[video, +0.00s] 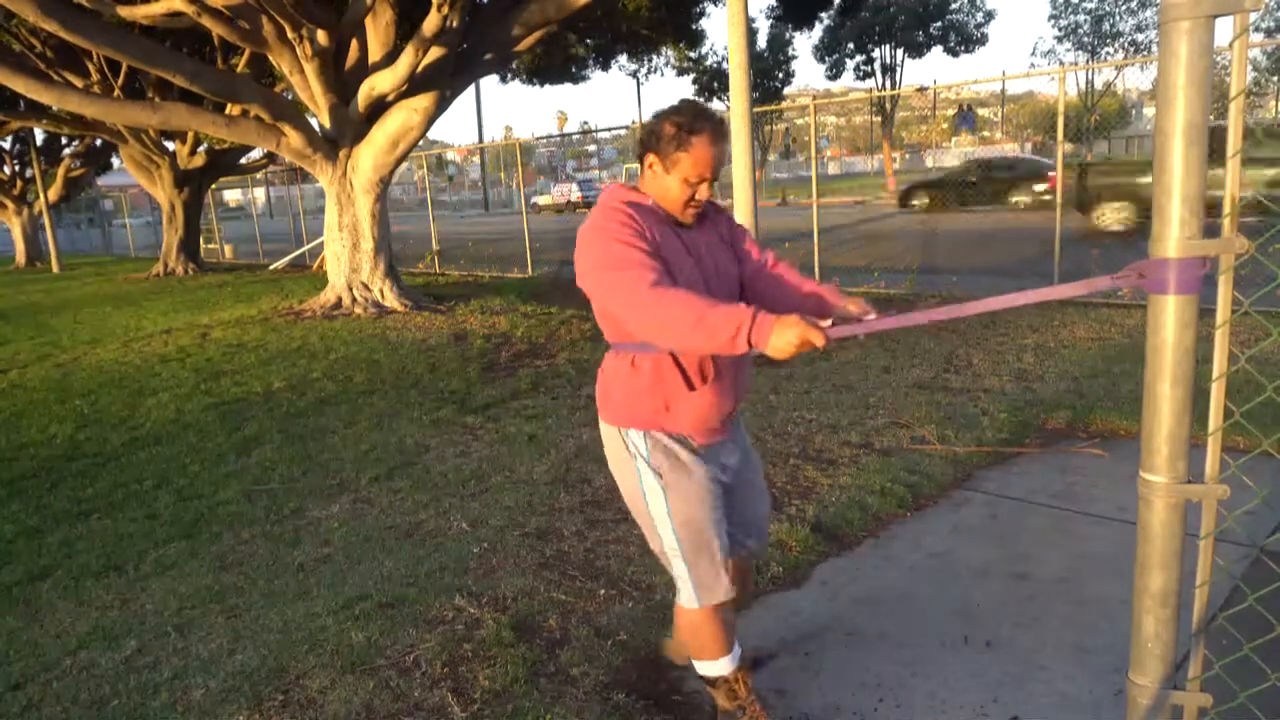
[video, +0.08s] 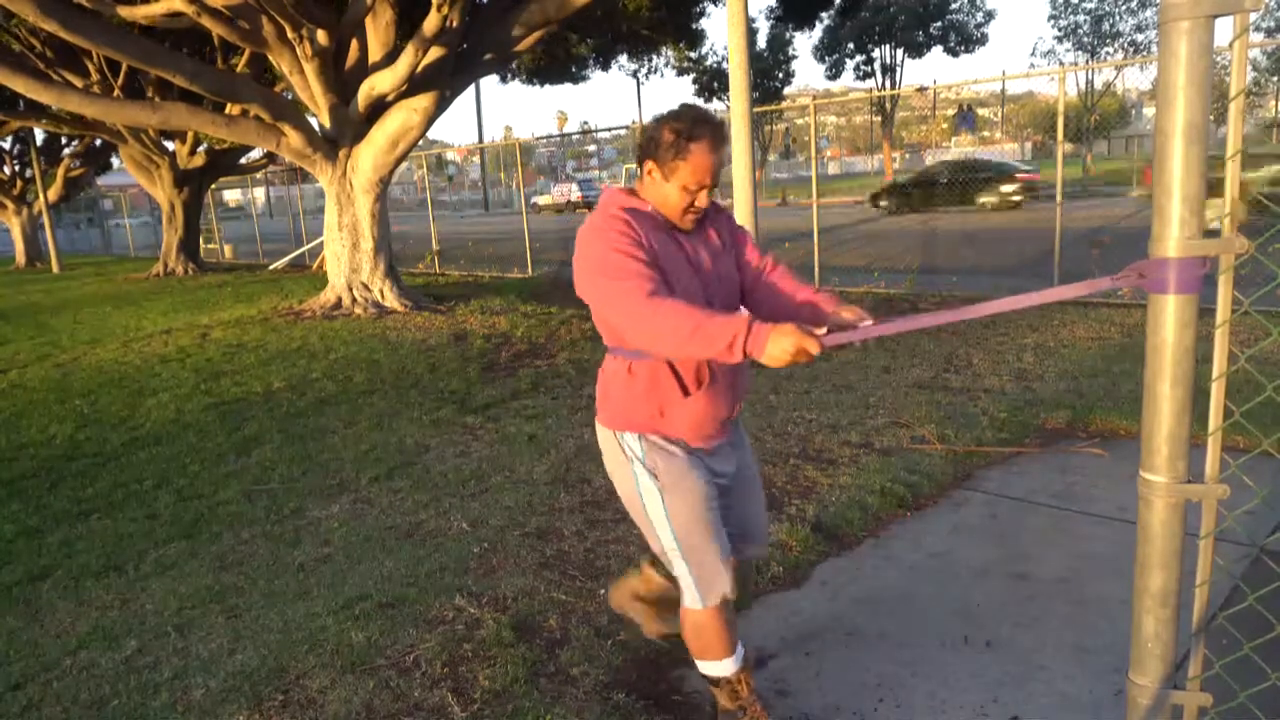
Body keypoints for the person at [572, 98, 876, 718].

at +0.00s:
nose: (705, 195)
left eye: (711, 180)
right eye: (694, 180)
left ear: (714, 171)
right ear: (652, 164)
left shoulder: (713, 224)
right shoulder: (610, 230)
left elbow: (766, 276)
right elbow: (646, 309)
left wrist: (833, 306)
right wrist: (758, 329)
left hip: (717, 419)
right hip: (650, 428)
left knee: (740, 544)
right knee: (705, 574)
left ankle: (689, 640)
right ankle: (731, 696)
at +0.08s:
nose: (703, 202)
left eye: (710, 188)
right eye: (692, 188)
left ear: (715, 176)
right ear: (650, 171)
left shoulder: (714, 226)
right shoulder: (609, 232)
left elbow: (766, 281)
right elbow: (638, 318)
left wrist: (829, 312)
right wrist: (753, 337)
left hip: (716, 422)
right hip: (647, 432)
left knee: (741, 535)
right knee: (706, 576)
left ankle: (646, 590)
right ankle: (733, 696)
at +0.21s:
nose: (707, 227)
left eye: (713, 213)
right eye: (695, 215)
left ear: (719, 196)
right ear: (653, 198)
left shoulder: (722, 245)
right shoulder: (610, 258)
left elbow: (770, 297)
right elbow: (637, 348)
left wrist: (838, 319)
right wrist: (754, 352)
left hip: (712, 443)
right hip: (642, 448)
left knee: (709, 557)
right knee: (727, 581)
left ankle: (598, 557)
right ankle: (739, 701)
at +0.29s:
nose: (716, 260)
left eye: (722, 246)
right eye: (704, 249)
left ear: (729, 230)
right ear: (661, 228)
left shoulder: (726, 267)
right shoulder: (617, 286)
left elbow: (775, 321)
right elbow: (650, 375)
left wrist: (849, 347)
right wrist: (762, 373)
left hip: (704, 462)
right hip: (637, 467)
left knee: (696, 567)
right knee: (737, 583)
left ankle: (586, 572)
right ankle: (742, 704)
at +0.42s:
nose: (739, 324)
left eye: (745, 311)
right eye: (729, 313)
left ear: (749, 292)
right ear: (686, 286)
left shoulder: (733, 318)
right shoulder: (634, 335)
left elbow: (775, 368)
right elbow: (671, 433)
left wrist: (831, 378)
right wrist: (780, 421)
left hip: (685, 493)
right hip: (625, 497)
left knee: (668, 599)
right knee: (738, 583)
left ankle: (573, 580)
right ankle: (742, 704)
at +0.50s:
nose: (746, 366)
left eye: (755, 355)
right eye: (739, 353)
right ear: (702, 327)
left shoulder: (733, 348)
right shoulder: (644, 370)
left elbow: (777, 392)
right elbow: (672, 474)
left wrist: (824, 401)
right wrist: (775, 446)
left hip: (678, 513)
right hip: (616, 515)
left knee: (663, 620)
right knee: (735, 584)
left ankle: (573, 588)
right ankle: (742, 704)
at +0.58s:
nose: (753, 401)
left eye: (761, 391)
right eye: (747, 390)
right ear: (713, 361)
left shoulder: (729, 372)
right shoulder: (652, 399)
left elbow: (772, 416)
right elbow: (668, 505)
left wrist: (824, 428)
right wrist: (765, 471)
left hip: (670, 523)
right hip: (608, 530)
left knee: (670, 636)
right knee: (730, 584)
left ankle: (580, 594)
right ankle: (741, 705)